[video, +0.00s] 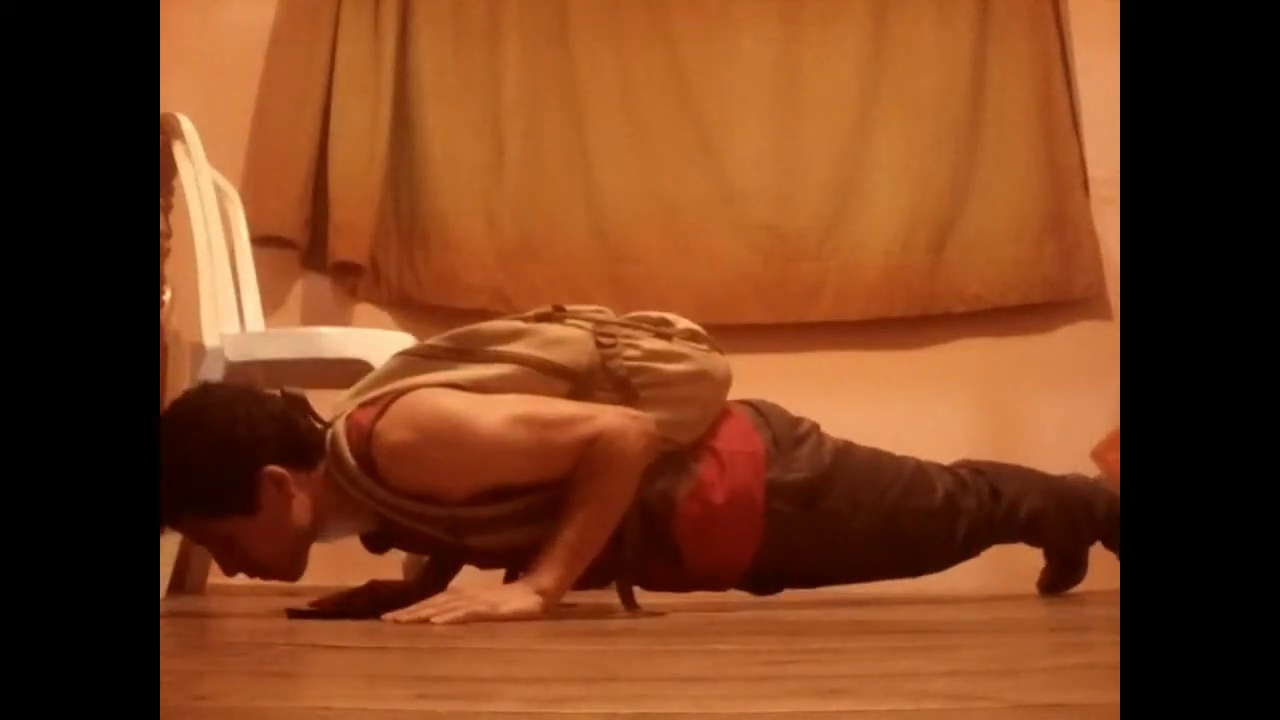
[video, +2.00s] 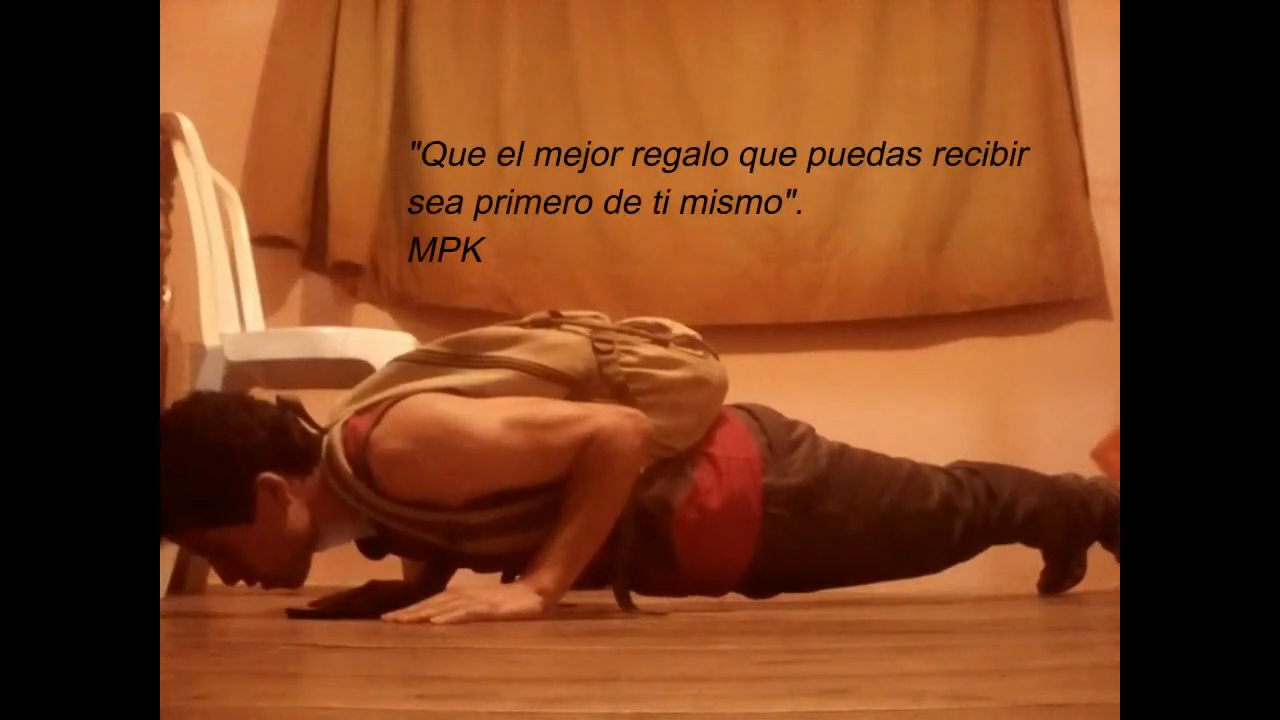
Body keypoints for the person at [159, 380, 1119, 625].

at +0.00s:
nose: (223, 564)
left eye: (221, 539)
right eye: (206, 548)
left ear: (278, 485)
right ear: (275, 478)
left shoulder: (410, 442)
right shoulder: (360, 448)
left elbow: (619, 441)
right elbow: (478, 524)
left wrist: (539, 588)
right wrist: (390, 588)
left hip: (743, 490)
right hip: (715, 495)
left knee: (945, 509)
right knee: (925, 506)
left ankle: (1091, 504)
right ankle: (1076, 504)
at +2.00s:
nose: (224, 574)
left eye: (218, 549)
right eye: (204, 560)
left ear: (274, 491)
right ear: (270, 484)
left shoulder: (404, 449)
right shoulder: (357, 460)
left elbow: (616, 440)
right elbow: (460, 546)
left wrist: (538, 588)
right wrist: (378, 591)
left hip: (741, 496)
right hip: (712, 502)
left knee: (949, 509)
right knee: (927, 507)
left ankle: (1097, 505)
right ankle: (1074, 508)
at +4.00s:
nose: (225, 570)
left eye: (218, 547)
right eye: (205, 557)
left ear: (273, 488)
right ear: (269, 480)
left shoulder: (403, 446)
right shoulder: (357, 459)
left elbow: (616, 438)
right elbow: (456, 545)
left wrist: (538, 588)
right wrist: (388, 589)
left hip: (737, 491)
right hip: (712, 497)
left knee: (941, 508)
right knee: (922, 504)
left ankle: (1091, 504)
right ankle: (1076, 504)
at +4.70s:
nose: (221, 573)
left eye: (214, 548)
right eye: (202, 559)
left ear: (264, 490)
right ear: (261, 479)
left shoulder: (400, 447)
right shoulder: (354, 461)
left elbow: (614, 438)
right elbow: (459, 542)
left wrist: (538, 589)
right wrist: (384, 590)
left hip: (736, 492)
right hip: (709, 501)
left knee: (944, 508)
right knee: (923, 506)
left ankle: (1093, 505)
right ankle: (1077, 504)